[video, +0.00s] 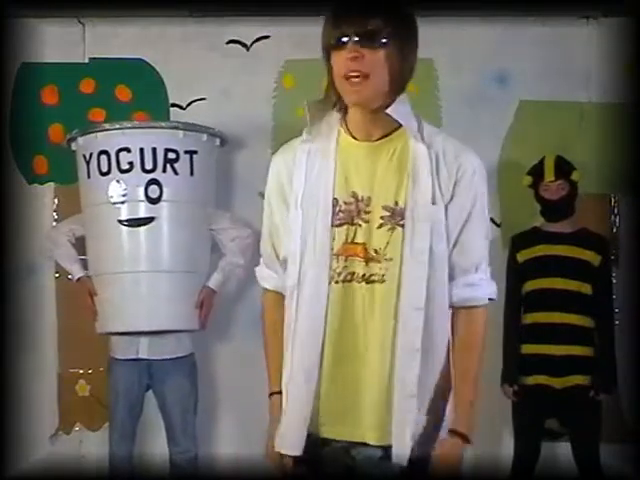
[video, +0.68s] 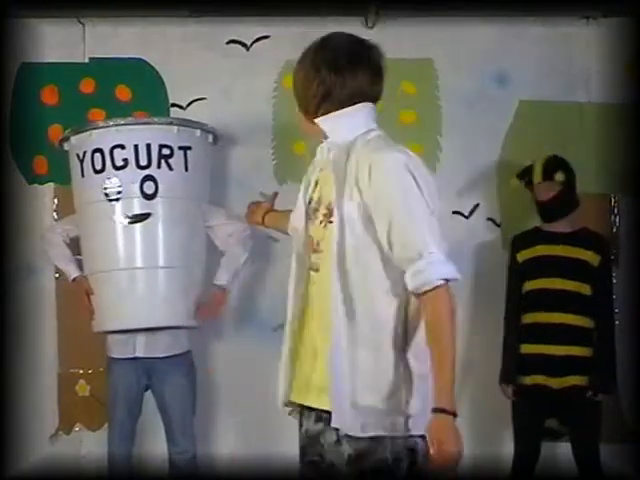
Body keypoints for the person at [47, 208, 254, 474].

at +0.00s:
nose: (146, 194)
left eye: (155, 188)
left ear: (169, 186)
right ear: (126, 188)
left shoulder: (192, 213)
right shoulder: (108, 215)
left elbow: (242, 238)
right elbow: (57, 234)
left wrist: (213, 286)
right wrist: (80, 276)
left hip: (175, 348)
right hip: (123, 349)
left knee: (184, 449)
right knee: (120, 450)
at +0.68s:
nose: (142, 193)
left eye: (151, 187)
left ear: (163, 184)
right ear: (123, 187)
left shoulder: (187, 211)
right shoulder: (106, 216)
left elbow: (239, 235)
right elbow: (53, 233)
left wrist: (220, 288)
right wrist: (76, 277)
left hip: (172, 349)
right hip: (122, 351)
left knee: (182, 449)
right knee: (119, 451)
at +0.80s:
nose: (141, 192)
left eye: (149, 186)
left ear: (161, 185)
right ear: (121, 190)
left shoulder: (181, 212)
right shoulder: (104, 216)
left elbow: (235, 239)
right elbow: (53, 232)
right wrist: (76, 275)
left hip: (173, 349)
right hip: (122, 351)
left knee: (184, 449)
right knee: (118, 450)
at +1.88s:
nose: (135, 189)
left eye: (144, 181)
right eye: (128, 181)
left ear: (157, 181)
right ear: (116, 183)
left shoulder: (176, 208)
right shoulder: (104, 212)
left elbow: (229, 216)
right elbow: (53, 229)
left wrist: (236, 173)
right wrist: (75, 274)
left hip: (172, 340)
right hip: (123, 344)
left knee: (183, 441)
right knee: (121, 441)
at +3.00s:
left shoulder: (179, 218)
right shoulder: (106, 214)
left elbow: (236, 235)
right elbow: (54, 228)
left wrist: (209, 215)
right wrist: (75, 273)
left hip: (172, 337)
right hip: (121, 340)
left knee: (179, 432)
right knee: (120, 429)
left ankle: (183, 477)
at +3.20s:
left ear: (165, 189)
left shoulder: (182, 220)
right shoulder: (106, 217)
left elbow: (216, 247)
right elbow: (56, 227)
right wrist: (75, 273)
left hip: (171, 349)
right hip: (120, 351)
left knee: (182, 448)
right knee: (118, 451)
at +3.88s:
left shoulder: (183, 221)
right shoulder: (108, 217)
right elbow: (59, 230)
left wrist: (204, 297)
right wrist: (81, 277)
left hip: (174, 351)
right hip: (123, 352)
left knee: (183, 449)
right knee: (119, 450)